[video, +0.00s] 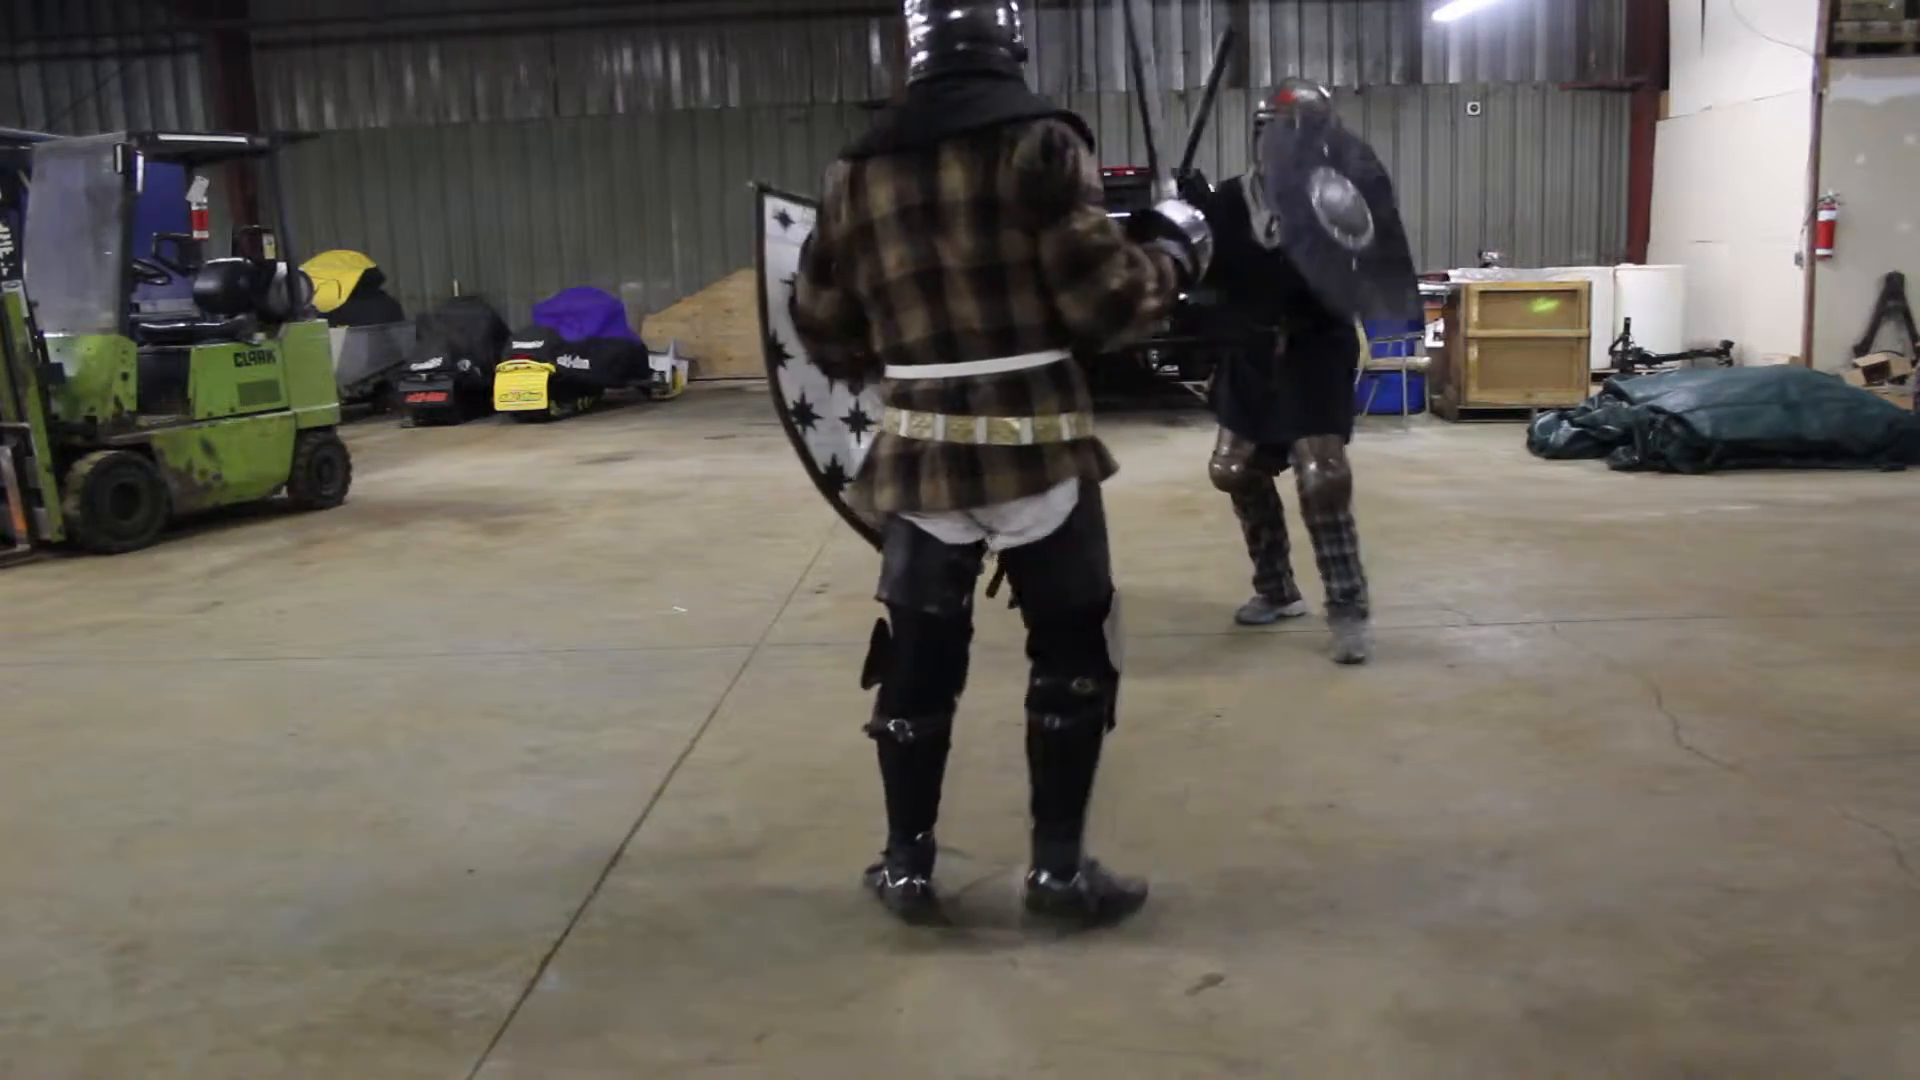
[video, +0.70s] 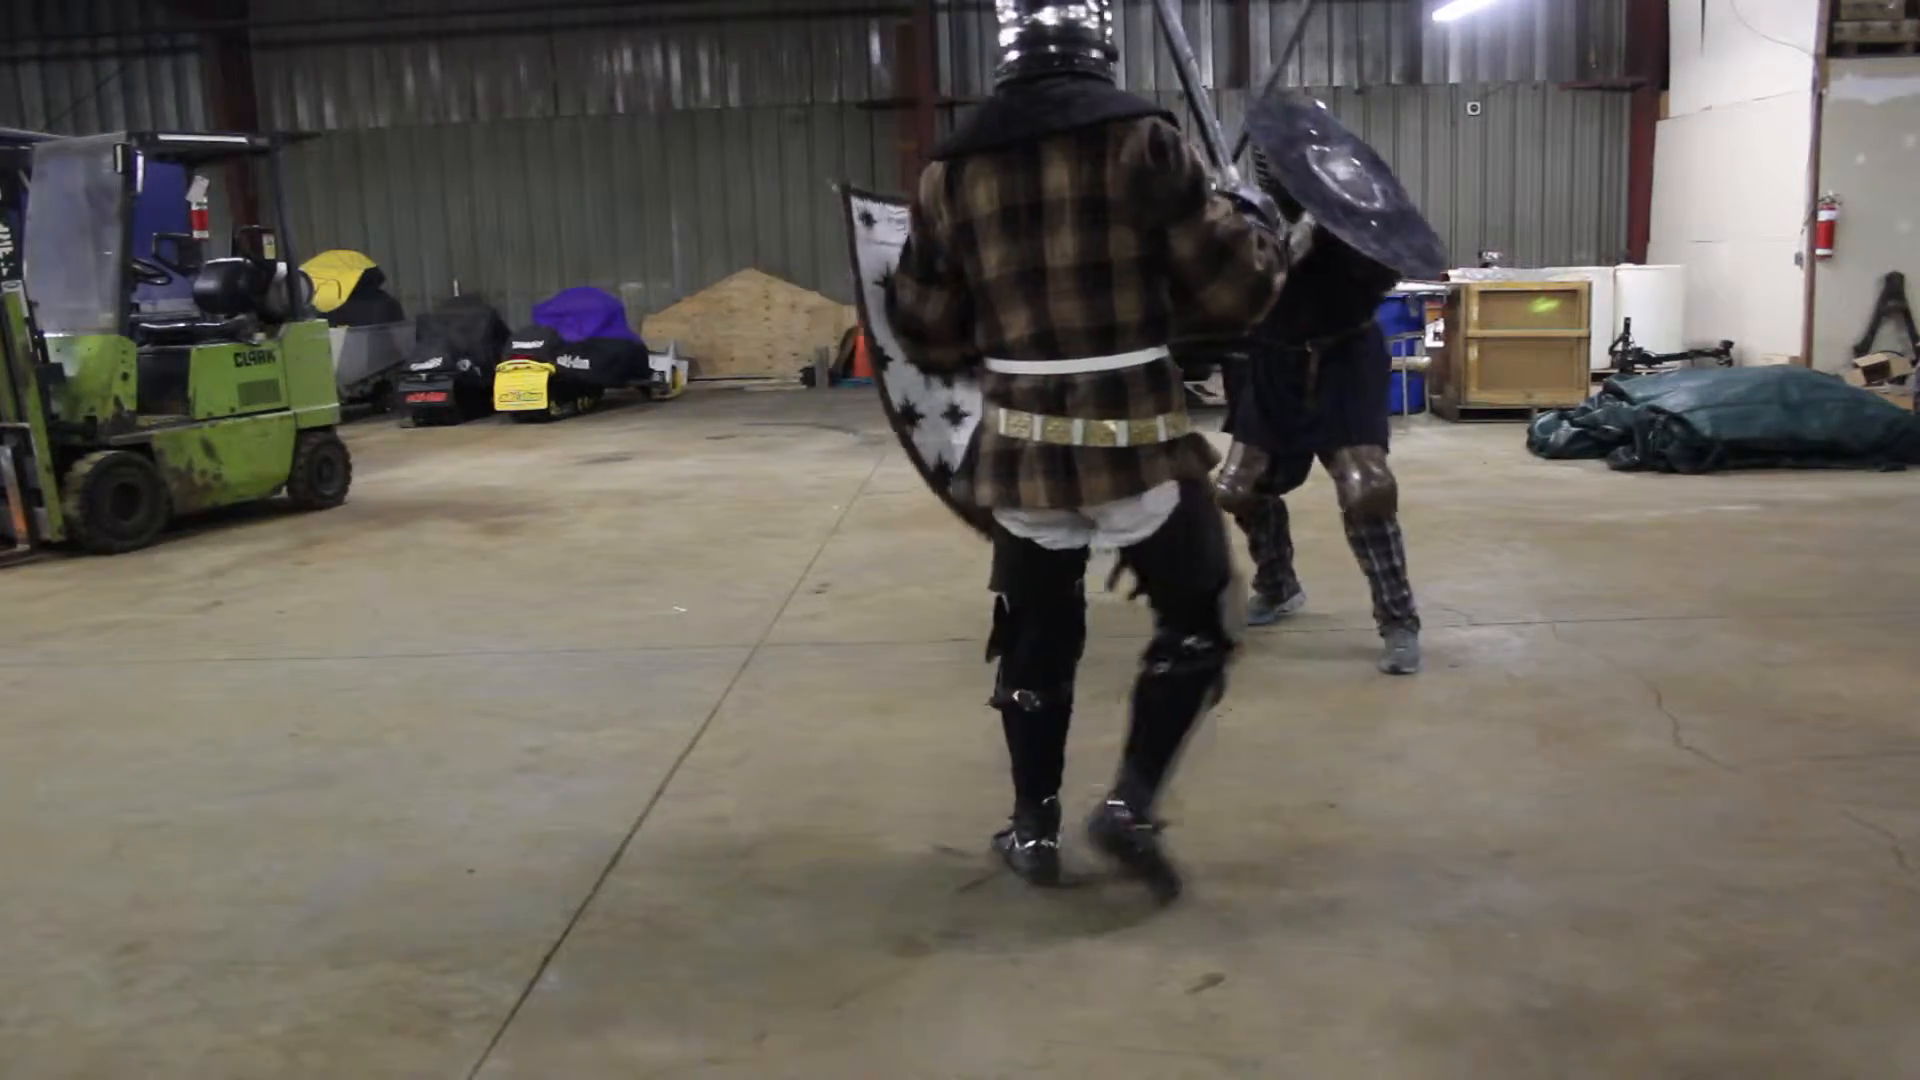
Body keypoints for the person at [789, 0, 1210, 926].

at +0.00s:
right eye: (1016, 42)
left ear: (920, 59)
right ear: (1011, 53)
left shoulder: (862, 166)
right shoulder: (1038, 147)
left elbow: (819, 320)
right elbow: (1107, 306)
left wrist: (893, 371)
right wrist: (1168, 247)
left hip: (921, 460)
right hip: (1039, 453)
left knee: (919, 653)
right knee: (1071, 649)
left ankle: (907, 857)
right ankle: (1059, 863)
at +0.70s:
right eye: (1108, 54)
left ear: (1012, 64)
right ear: (1103, 58)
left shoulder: (953, 168)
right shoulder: (1141, 144)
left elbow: (919, 322)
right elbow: (1234, 286)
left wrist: (997, 346)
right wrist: (1259, 222)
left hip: (1021, 454)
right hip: (1138, 449)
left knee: (1035, 638)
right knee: (1197, 622)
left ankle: (1034, 828)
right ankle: (1132, 803)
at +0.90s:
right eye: (1151, 51)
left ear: (1056, 63)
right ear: (1145, 64)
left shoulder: (1005, 173)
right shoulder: (1185, 158)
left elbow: (978, 315)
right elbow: (1299, 261)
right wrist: (1279, 185)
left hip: (1059, 456)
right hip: (1179, 454)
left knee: (1057, 631)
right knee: (1252, 621)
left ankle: (1034, 822)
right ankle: (1289, 825)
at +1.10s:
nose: (1180, 97)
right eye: (1182, 82)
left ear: (1095, 92)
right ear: (1185, 90)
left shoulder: (1050, 201)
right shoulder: (1223, 194)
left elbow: (1020, 314)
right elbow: (1332, 273)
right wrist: (1332, 207)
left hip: (1084, 475)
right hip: (1201, 473)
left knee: (1053, 609)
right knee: (1297, 630)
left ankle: (995, 767)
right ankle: (1295, 829)